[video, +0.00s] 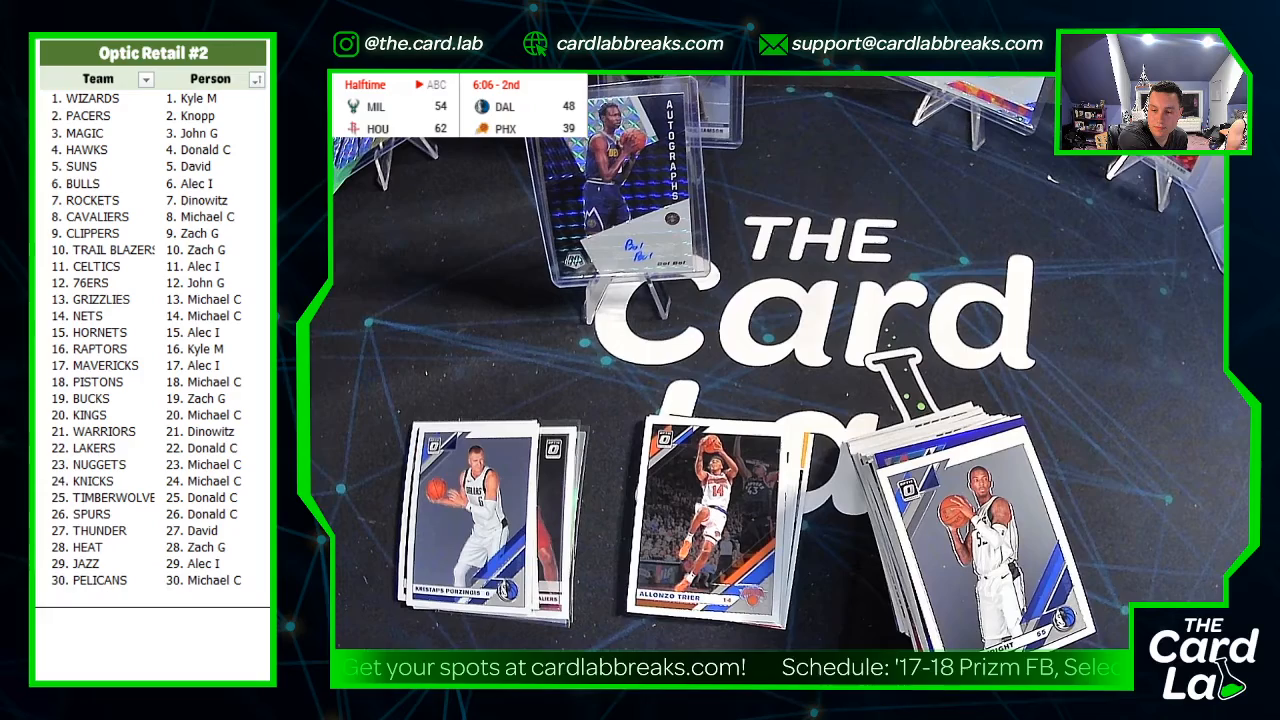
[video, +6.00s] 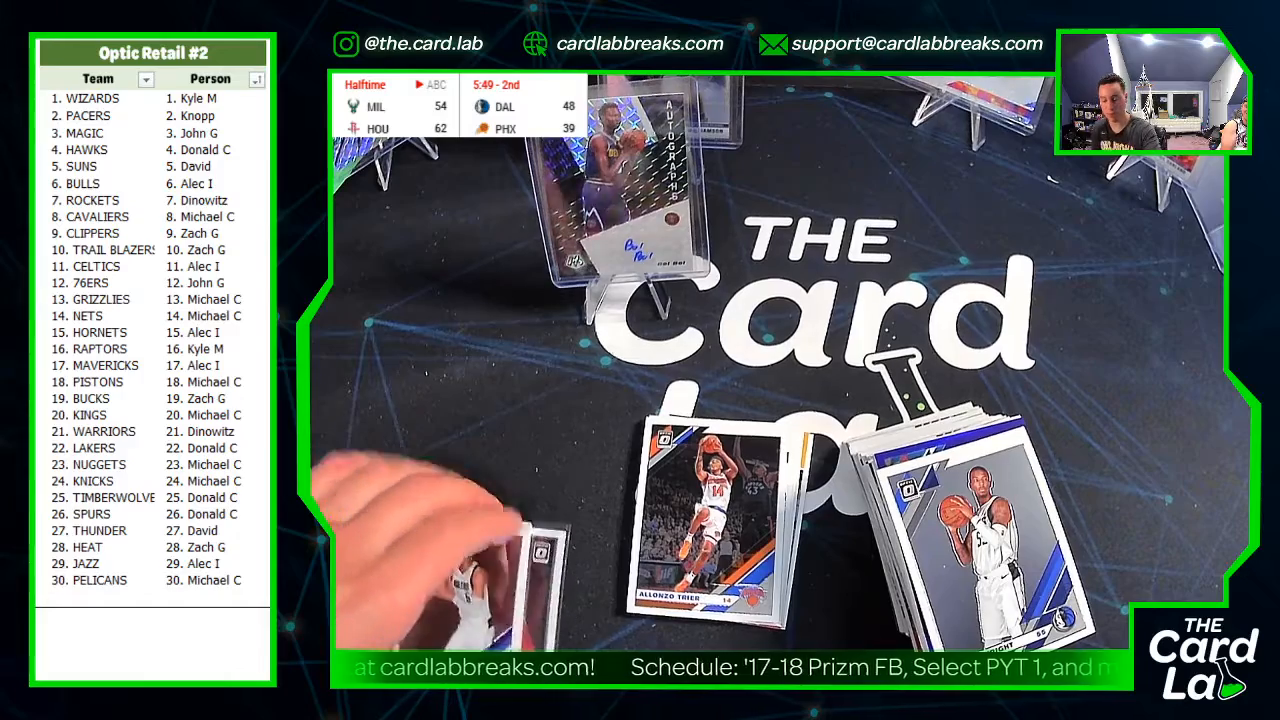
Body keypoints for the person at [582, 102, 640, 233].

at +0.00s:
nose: (618, 118)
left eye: (618, 114)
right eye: (613, 115)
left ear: (621, 116)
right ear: (603, 118)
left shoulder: (617, 142)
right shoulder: (598, 140)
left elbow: (621, 178)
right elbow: (606, 176)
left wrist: (633, 156)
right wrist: (624, 153)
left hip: (613, 189)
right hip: (597, 191)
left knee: (625, 232)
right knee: (596, 238)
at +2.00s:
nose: (618, 118)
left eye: (619, 114)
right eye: (614, 115)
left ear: (620, 116)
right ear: (604, 118)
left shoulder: (617, 141)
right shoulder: (598, 140)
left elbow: (620, 177)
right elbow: (606, 176)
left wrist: (633, 156)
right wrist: (624, 153)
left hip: (613, 189)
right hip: (596, 191)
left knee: (625, 230)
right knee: (596, 236)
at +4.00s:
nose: (617, 118)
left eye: (618, 114)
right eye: (613, 115)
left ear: (620, 117)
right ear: (603, 118)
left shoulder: (616, 141)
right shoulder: (598, 140)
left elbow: (619, 177)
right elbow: (606, 176)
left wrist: (633, 156)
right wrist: (624, 153)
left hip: (612, 190)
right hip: (596, 192)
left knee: (624, 230)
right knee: (600, 237)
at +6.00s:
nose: (615, 119)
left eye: (617, 115)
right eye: (611, 115)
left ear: (620, 118)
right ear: (602, 118)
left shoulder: (616, 141)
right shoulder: (598, 140)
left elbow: (621, 176)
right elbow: (607, 176)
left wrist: (633, 153)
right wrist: (623, 155)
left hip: (612, 187)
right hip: (595, 190)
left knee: (623, 229)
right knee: (595, 236)